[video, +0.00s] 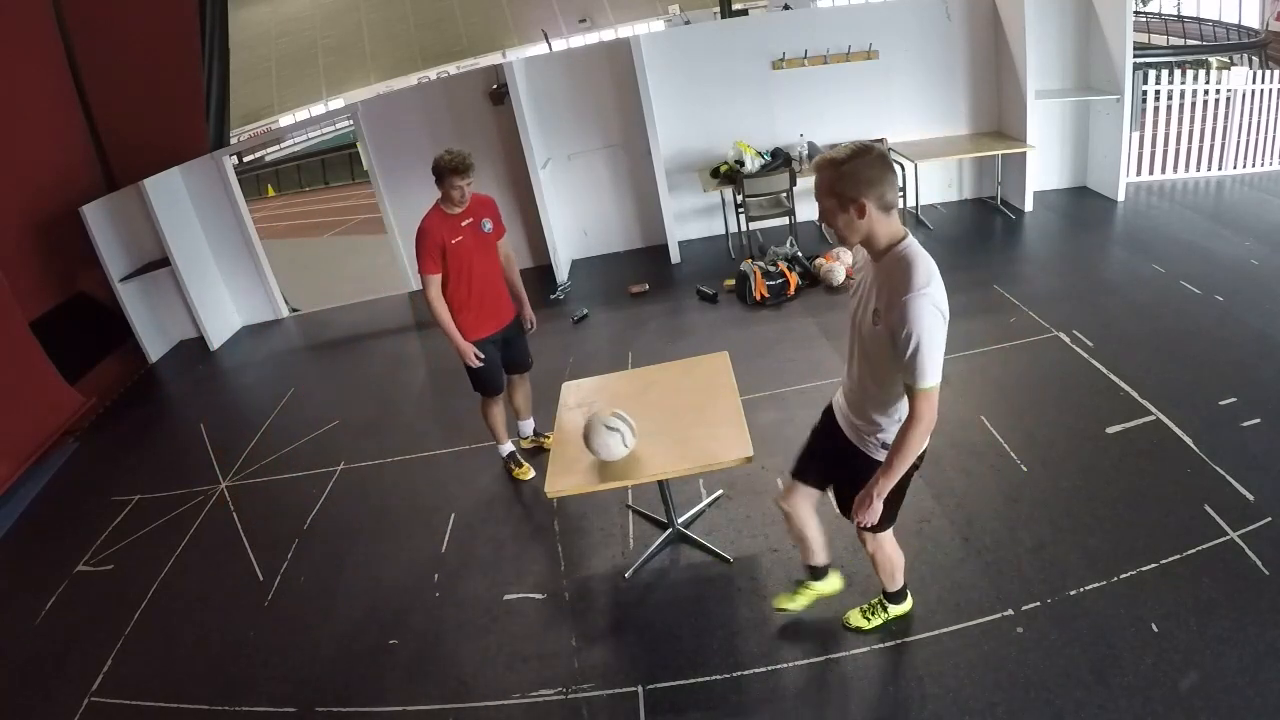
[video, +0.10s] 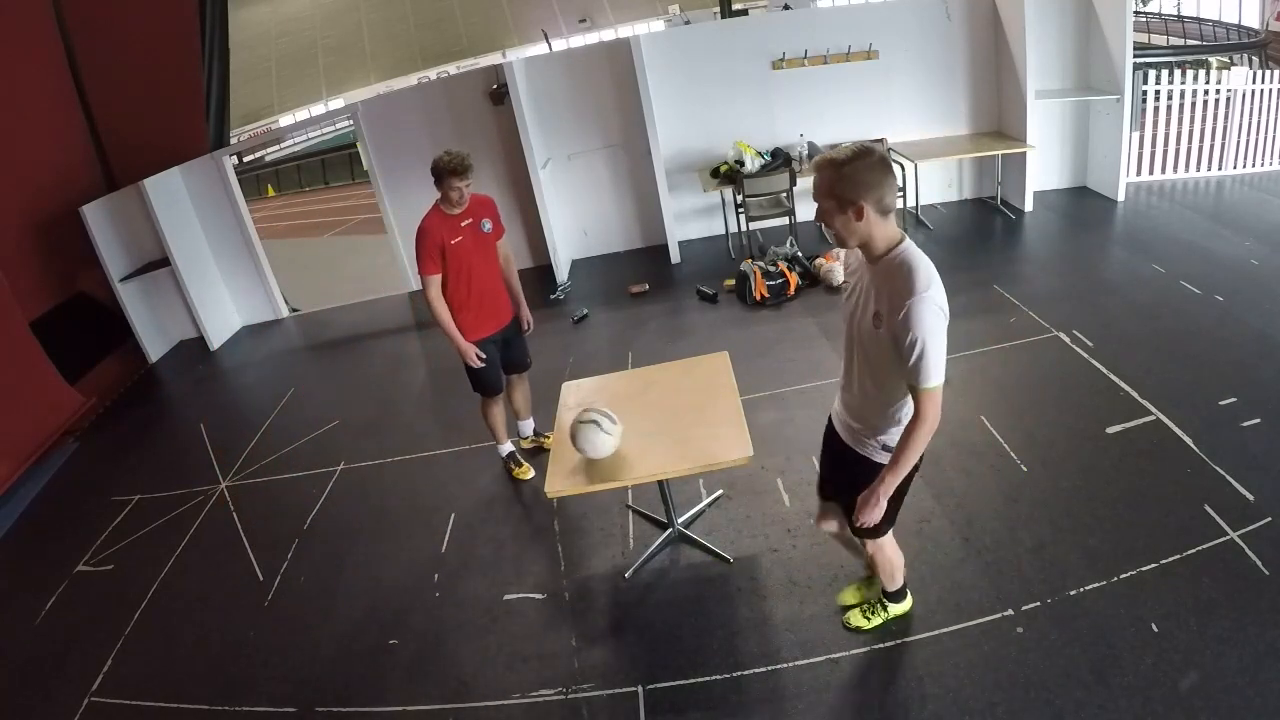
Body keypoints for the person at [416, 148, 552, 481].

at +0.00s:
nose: (464, 192)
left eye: (467, 184)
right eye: (456, 187)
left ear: (471, 180)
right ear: (440, 186)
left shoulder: (485, 205)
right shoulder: (430, 230)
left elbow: (505, 256)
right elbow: (433, 294)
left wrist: (523, 301)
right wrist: (459, 343)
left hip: (507, 317)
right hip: (474, 333)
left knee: (520, 376)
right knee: (493, 394)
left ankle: (528, 435)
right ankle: (508, 453)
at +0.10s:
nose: (463, 194)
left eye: (466, 186)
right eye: (455, 189)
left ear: (470, 181)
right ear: (439, 187)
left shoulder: (484, 206)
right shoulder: (430, 230)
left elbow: (504, 257)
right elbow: (433, 294)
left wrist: (521, 303)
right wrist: (460, 343)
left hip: (506, 318)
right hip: (474, 333)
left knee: (519, 375)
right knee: (493, 394)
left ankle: (528, 435)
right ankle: (507, 453)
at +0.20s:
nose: (462, 195)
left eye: (465, 187)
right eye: (454, 190)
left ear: (470, 181)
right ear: (438, 188)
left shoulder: (485, 207)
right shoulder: (429, 230)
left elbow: (505, 259)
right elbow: (432, 295)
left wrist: (521, 306)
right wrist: (459, 344)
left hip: (504, 318)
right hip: (471, 332)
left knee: (519, 376)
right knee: (493, 393)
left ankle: (528, 435)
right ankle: (504, 454)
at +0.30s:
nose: (458, 198)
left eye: (462, 189)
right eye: (450, 193)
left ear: (467, 184)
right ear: (435, 190)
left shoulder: (483, 209)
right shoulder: (425, 233)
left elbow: (505, 260)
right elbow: (427, 296)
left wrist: (524, 306)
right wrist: (454, 345)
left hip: (502, 319)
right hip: (468, 334)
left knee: (518, 376)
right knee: (489, 399)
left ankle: (527, 435)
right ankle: (495, 460)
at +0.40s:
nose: (451, 201)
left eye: (455, 193)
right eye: (442, 196)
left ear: (461, 187)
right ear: (428, 194)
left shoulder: (477, 212)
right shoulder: (420, 238)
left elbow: (502, 261)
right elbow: (419, 301)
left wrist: (526, 302)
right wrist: (446, 350)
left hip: (499, 322)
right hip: (464, 341)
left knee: (517, 377)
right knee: (480, 408)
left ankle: (527, 439)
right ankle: (484, 472)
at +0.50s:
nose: (445, 207)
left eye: (448, 199)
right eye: (436, 202)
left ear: (454, 192)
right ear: (420, 200)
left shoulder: (469, 217)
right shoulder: (413, 245)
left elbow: (495, 262)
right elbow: (412, 311)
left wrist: (528, 301)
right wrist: (438, 362)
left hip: (494, 328)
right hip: (458, 348)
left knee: (517, 381)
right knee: (471, 417)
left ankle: (528, 437)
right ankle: (479, 481)